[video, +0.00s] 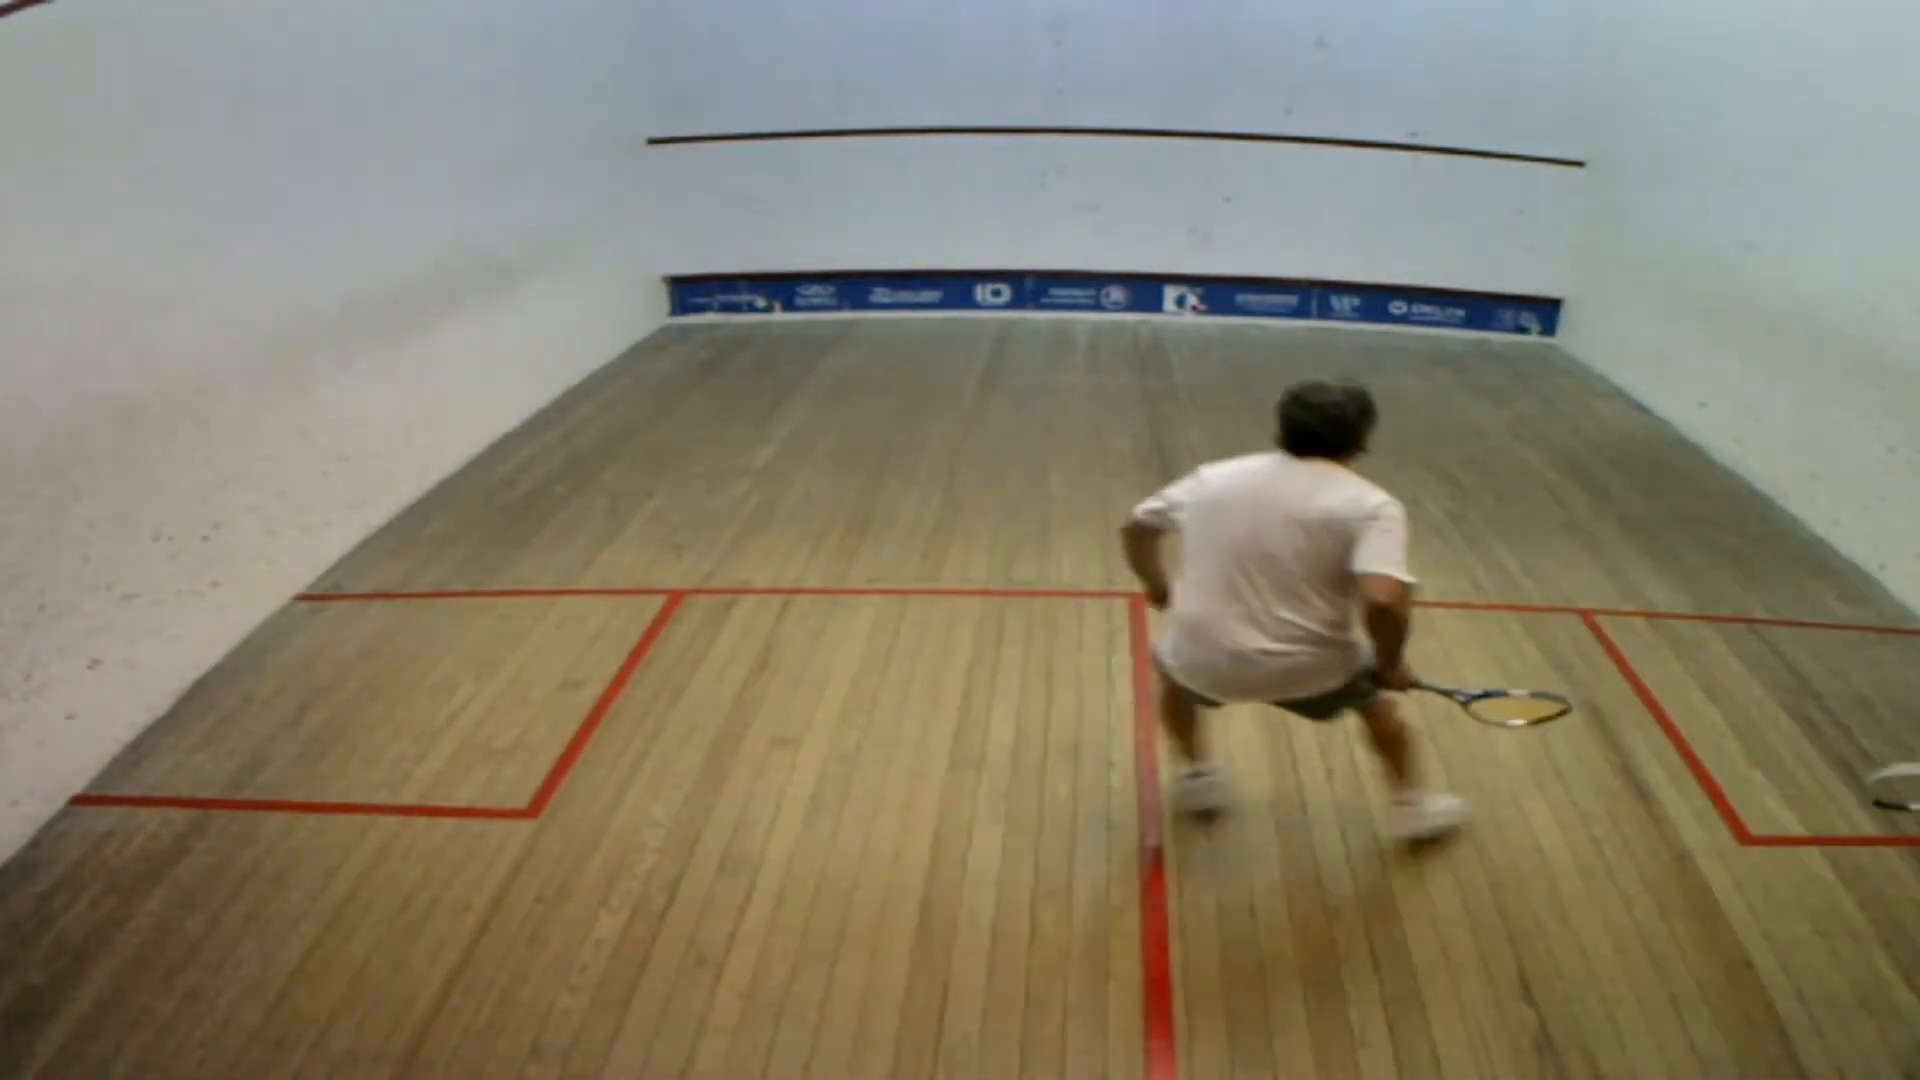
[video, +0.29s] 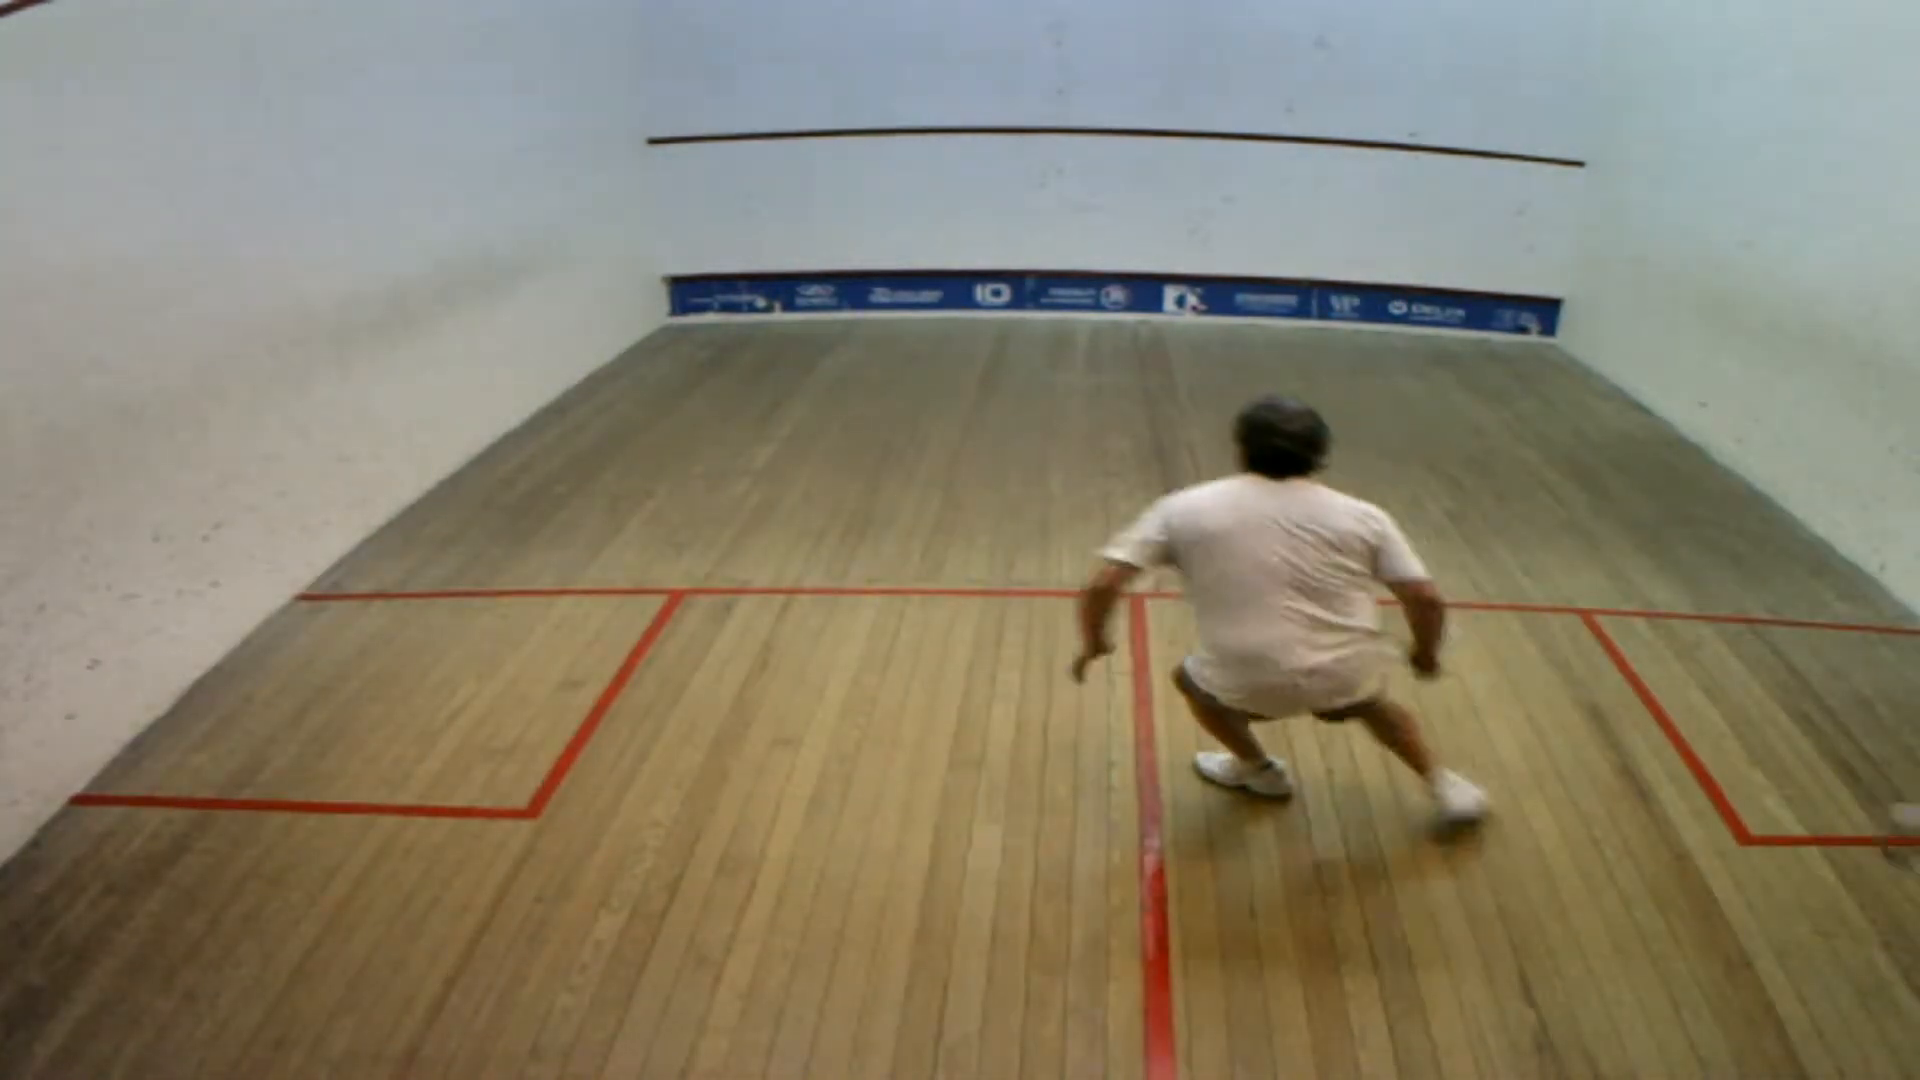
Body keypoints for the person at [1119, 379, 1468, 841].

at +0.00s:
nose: (1367, 445)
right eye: (1364, 436)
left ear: (1283, 432)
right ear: (1356, 444)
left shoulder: (1219, 478)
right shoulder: (1372, 506)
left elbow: (1138, 527)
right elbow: (1383, 601)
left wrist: (1158, 590)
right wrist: (1390, 667)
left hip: (1203, 657)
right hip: (1308, 668)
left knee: (1176, 682)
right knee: (1376, 703)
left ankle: (1195, 772)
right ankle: (1410, 801)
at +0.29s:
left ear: (1243, 452)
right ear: (1314, 458)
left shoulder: (1192, 509)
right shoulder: (1357, 515)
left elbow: (1101, 586)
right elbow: (1424, 598)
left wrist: (1094, 641)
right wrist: (1426, 654)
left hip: (1245, 683)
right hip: (1342, 677)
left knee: (1192, 679)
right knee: (1372, 703)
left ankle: (1257, 768)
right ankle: (1442, 784)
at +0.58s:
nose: (1046, 464)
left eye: (1058, 461)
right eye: (1054, 456)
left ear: (1079, 486)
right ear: (1125, 473)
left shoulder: (1094, 559)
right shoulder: (1169, 507)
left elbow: (1110, 674)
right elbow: (1237, 540)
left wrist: (1054, 742)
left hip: (1220, 692)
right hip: (1262, 657)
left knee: (1072, 750)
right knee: (1151, 643)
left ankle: (1125, 846)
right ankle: (1203, 733)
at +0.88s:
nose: (824, 537)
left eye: (840, 529)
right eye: (829, 524)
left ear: (896, 542)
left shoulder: (960, 632)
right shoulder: (981, 543)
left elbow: (1039, 750)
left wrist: (951, 799)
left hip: (1094, 753)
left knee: (992, 869)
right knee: (925, 764)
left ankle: (1067, 879)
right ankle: (934, 892)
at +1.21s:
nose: (561, 758)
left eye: (569, 743)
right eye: (557, 744)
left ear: (635, 734)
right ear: (640, 721)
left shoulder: (758, 799)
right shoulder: (693, 728)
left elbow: (925, 893)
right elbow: (651, 814)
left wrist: (826, 1009)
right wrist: (618, 878)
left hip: (839, 954)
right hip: (755, 896)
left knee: (789, 1058)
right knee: (666, 955)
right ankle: (639, 1064)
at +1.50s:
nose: (409, 923)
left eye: (407, 912)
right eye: (401, 912)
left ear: (445, 916)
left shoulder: (601, 956)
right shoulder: (504, 866)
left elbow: (787, 1055)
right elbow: (442, 1004)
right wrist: (477, 1076)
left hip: (833, 1002)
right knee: (595, 1022)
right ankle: (607, 1076)